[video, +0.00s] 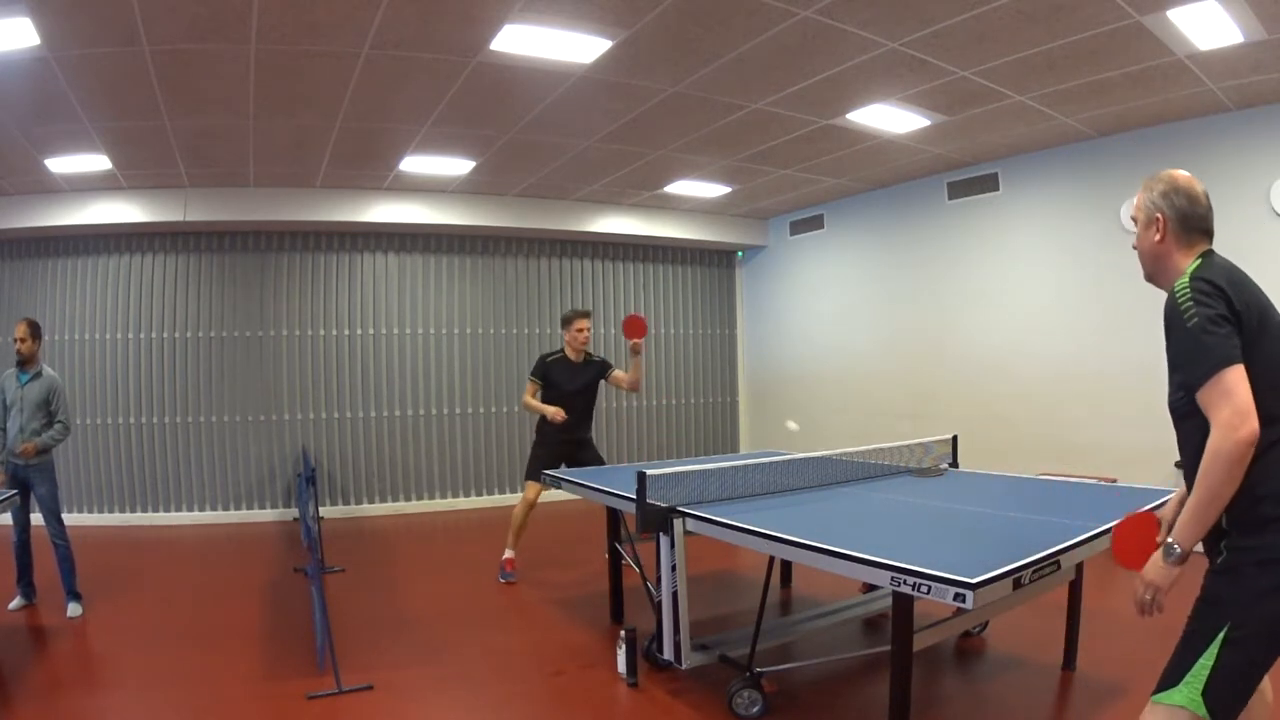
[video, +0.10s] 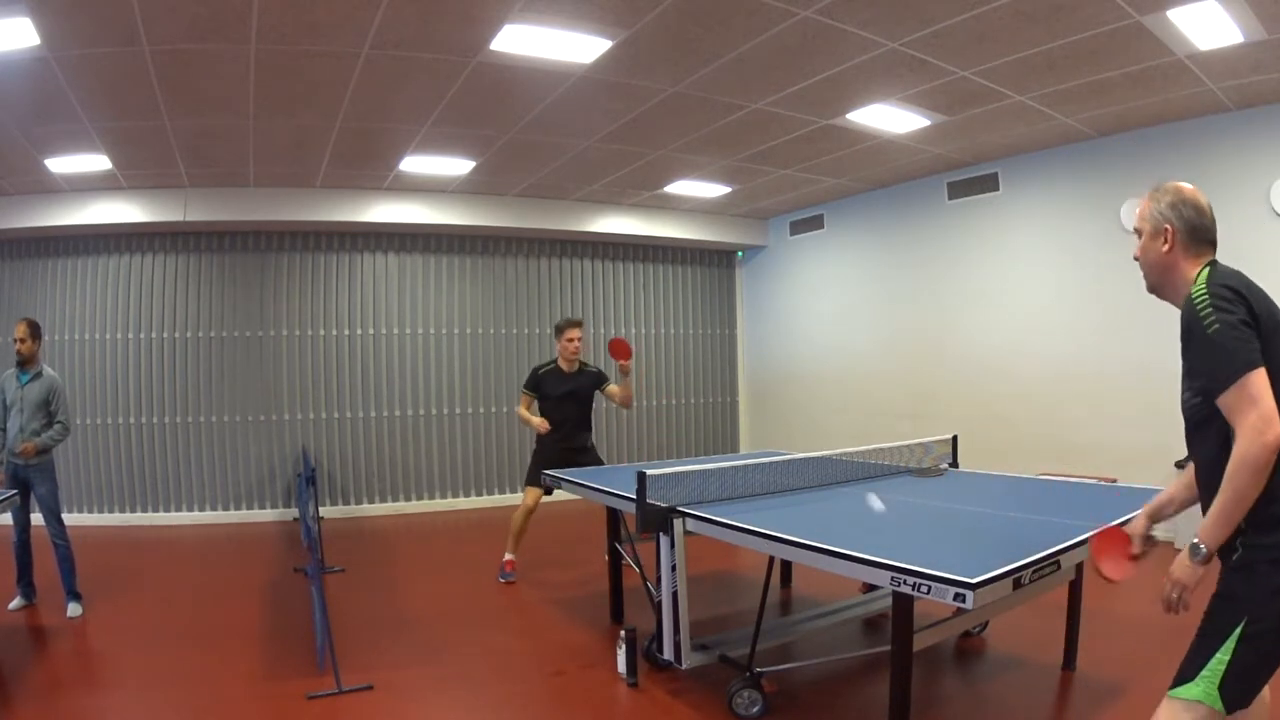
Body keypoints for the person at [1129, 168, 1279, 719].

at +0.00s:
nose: (1132, 243)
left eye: (1135, 226)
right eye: (1132, 227)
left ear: (1160, 228)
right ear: (1186, 226)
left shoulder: (1193, 293)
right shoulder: (1226, 282)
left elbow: (1237, 429)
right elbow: (1228, 427)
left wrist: (1171, 552)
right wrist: (1185, 502)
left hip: (1257, 554)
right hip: (1264, 546)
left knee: (1173, 711)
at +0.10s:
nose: (1133, 252)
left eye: (1139, 235)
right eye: (1134, 236)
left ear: (1166, 239)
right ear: (1176, 239)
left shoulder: (1209, 305)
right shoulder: (1224, 297)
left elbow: (1262, 433)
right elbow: (1227, 445)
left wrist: (1200, 550)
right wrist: (1154, 511)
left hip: (1265, 555)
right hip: (1264, 549)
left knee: (1185, 708)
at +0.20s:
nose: (1130, 245)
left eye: (1137, 227)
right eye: (1131, 229)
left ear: (1171, 232)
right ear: (1172, 233)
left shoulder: (1226, 296)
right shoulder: (1200, 324)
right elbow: (1160, 449)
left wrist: (1227, 542)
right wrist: (1079, 477)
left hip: (1268, 550)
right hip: (1257, 548)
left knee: (1199, 708)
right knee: (1215, 705)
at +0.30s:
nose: (1125, 229)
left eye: (1133, 213)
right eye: (1126, 214)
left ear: (1170, 219)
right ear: (1167, 222)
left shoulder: (1231, 284)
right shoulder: (1182, 324)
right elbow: (1118, 418)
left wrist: (1254, 536)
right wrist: (1027, 428)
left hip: (1270, 549)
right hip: (1252, 550)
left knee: (1206, 709)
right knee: (1229, 706)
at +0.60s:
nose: (1111, 215)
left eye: (1115, 196)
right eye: (1111, 198)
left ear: (1147, 200)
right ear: (1155, 200)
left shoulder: (1200, 271)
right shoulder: (1202, 271)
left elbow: (1273, 401)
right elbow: (1195, 421)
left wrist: (1236, 560)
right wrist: (1094, 431)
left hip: (1260, 564)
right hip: (1259, 560)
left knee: (1191, 712)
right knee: (1203, 710)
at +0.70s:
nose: (1116, 226)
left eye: (1123, 207)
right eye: (1118, 208)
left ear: (1153, 212)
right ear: (1161, 212)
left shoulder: (1199, 286)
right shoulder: (1219, 275)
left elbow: (1266, 417)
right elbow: (1226, 428)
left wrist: (1214, 564)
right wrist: (1138, 465)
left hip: (1259, 567)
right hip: (1261, 560)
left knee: (1184, 711)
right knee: (1208, 707)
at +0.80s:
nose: (1122, 256)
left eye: (1126, 238)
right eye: (1122, 239)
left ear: (1156, 240)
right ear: (1171, 239)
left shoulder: (1204, 315)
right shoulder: (1225, 298)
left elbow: (1267, 443)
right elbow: (1235, 450)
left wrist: (1205, 574)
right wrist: (1159, 514)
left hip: (1264, 573)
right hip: (1263, 566)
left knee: (1180, 712)